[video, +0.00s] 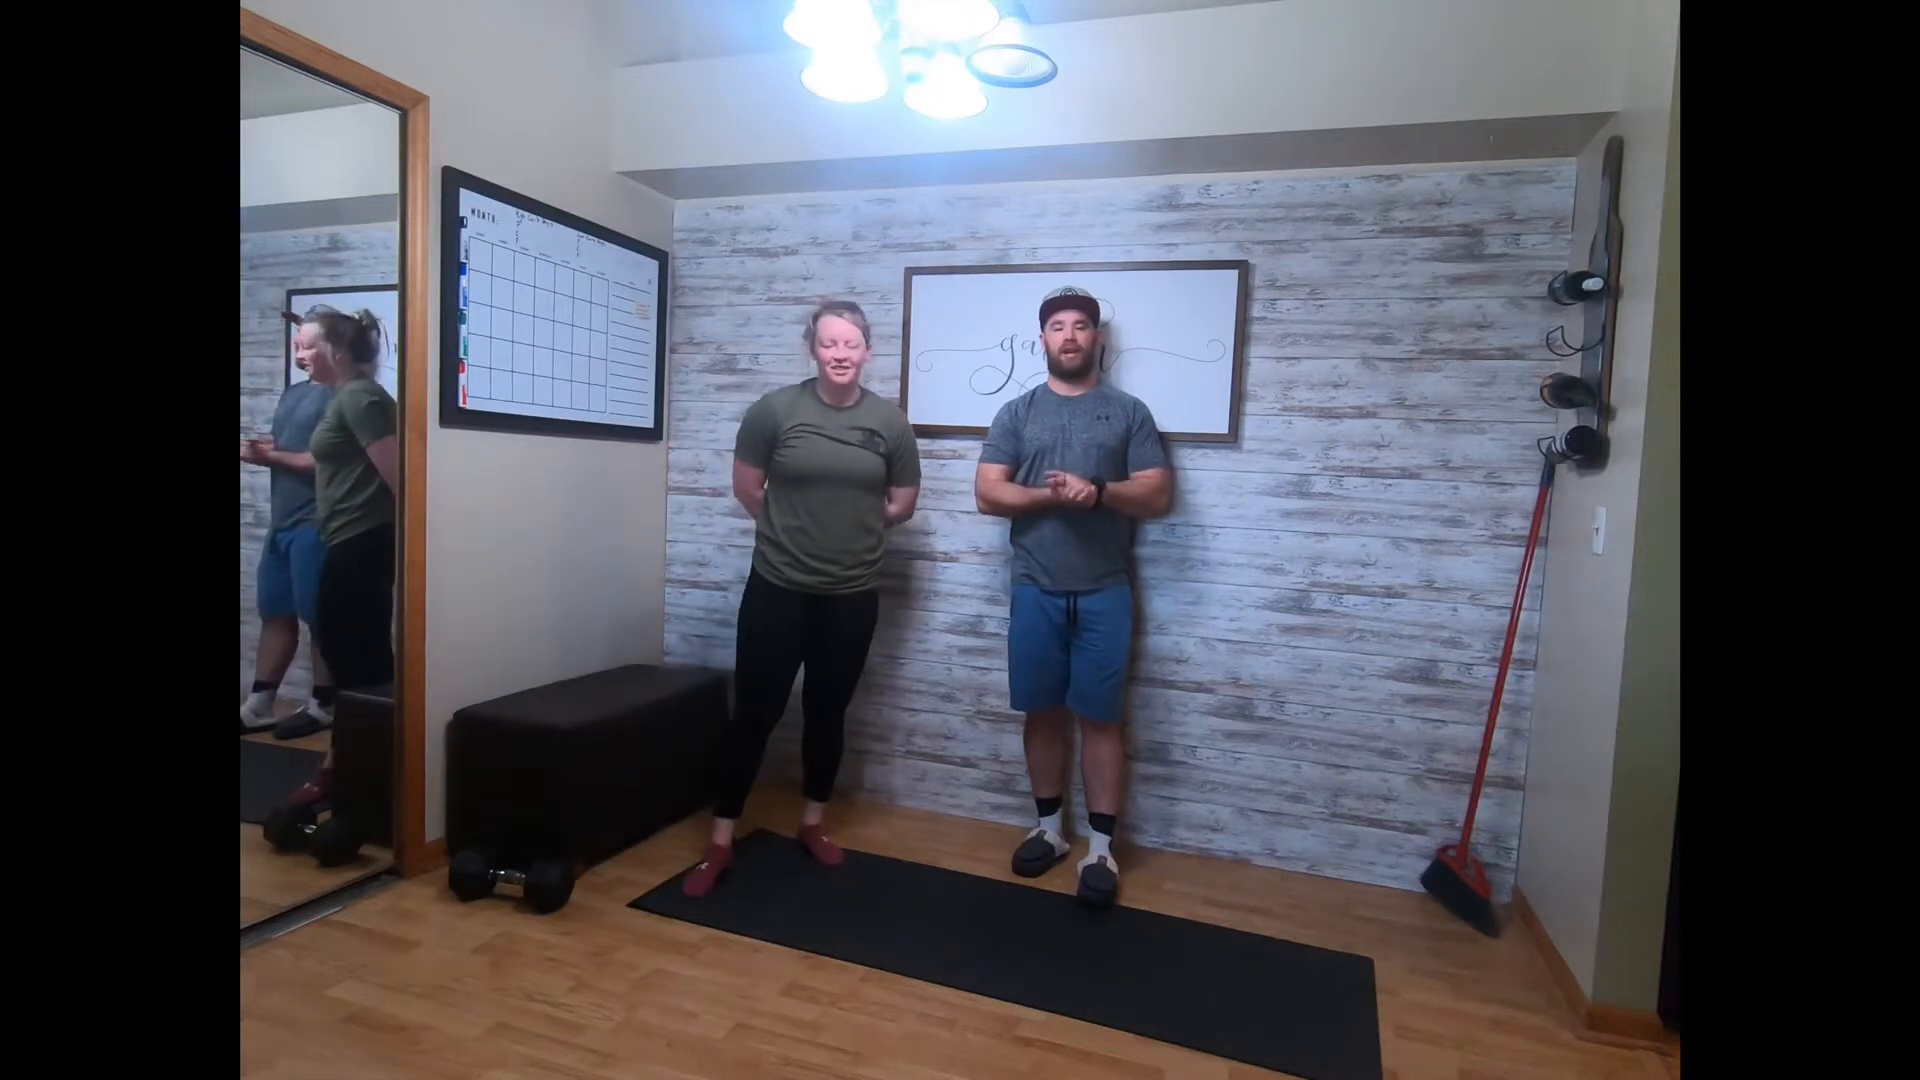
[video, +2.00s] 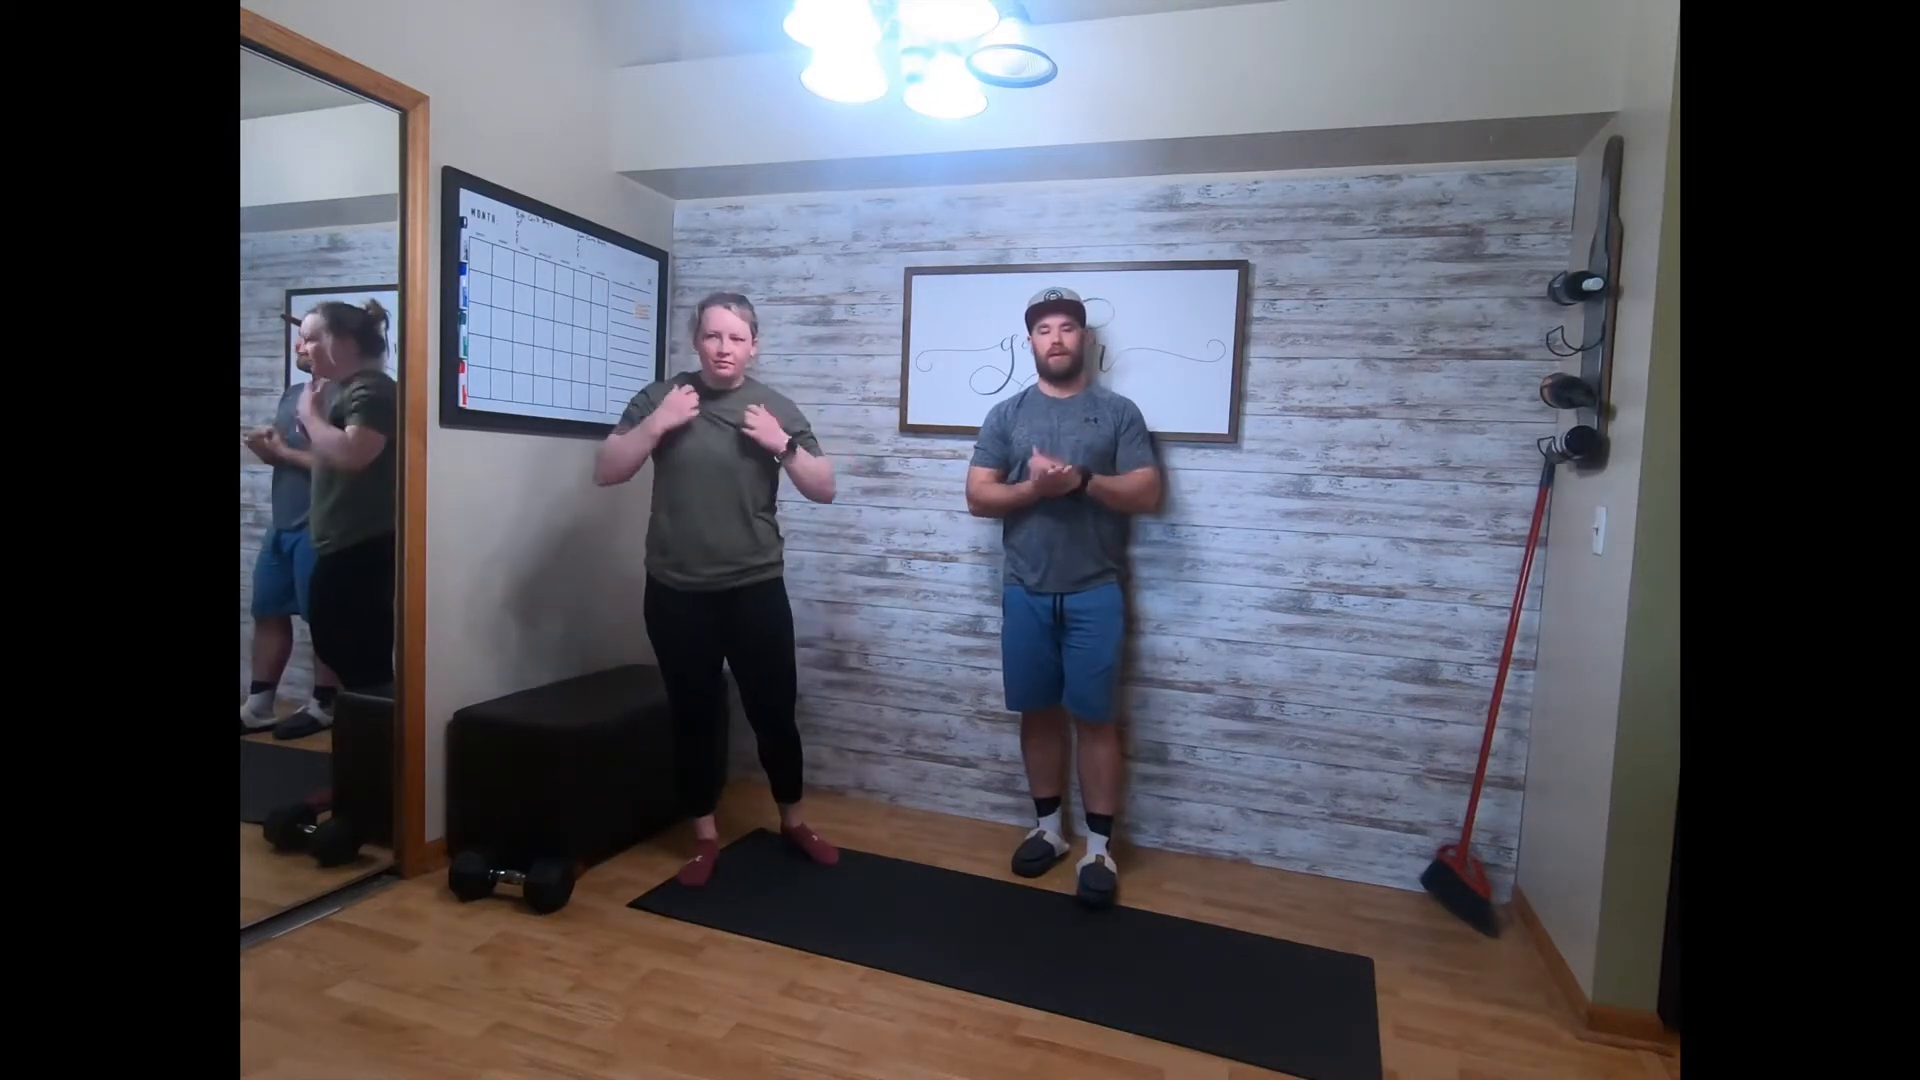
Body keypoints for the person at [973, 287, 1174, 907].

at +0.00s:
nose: (1069, 334)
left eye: (1080, 325)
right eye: (1057, 326)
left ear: (1097, 338)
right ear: (1043, 340)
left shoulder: (1127, 412)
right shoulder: (1018, 413)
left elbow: (1157, 495)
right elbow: (988, 493)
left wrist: (1096, 491)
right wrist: (1050, 495)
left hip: (1105, 586)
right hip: (1035, 584)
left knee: (1099, 714)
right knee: (1041, 710)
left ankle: (1100, 851)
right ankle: (1048, 831)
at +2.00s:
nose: (1056, 337)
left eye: (1067, 328)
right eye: (1044, 330)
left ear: (1085, 339)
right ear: (1031, 344)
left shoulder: (1117, 412)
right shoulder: (1006, 415)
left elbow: (1147, 493)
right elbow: (979, 495)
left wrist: (1081, 481)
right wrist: (1034, 488)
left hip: (1095, 585)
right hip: (1026, 586)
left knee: (1094, 715)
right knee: (1037, 710)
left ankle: (1098, 850)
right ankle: (1048, 830)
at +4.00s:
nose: (1062, 339)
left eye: (1072, 329)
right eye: (1050, 332)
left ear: (1091, 340)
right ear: (1037, 345)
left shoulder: (1123, 414)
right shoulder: (1012, 413)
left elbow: (1161, 498)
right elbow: (986, 494)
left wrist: (1107, 490)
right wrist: (1049, 497)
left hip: (1097, 584)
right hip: (1028, 584)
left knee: (1095, 714)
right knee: (1038, 709)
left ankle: (1097, 849)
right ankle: (1048, 831)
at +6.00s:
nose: (1063, 337)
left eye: (1073, 328)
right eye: (1051, 331)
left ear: (1092, 338)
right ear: (1037, 345)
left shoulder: (1126, 415)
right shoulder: (1016, 416)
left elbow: (1164, 499)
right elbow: (991, 498)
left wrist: (1107, 484)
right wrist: (1049, 492)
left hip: (1102, 584)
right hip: (1032, 584)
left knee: (1097, 714)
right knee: (1040, 709)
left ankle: (1098, 850)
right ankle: (1048, 831)